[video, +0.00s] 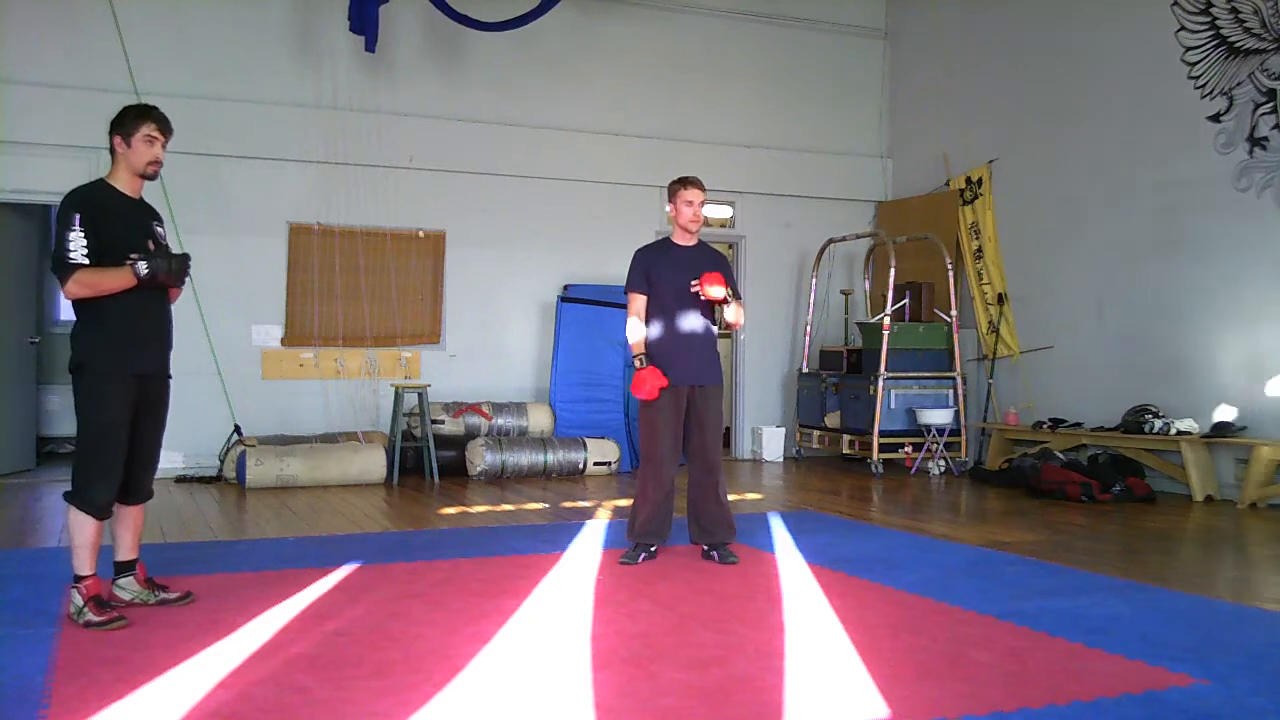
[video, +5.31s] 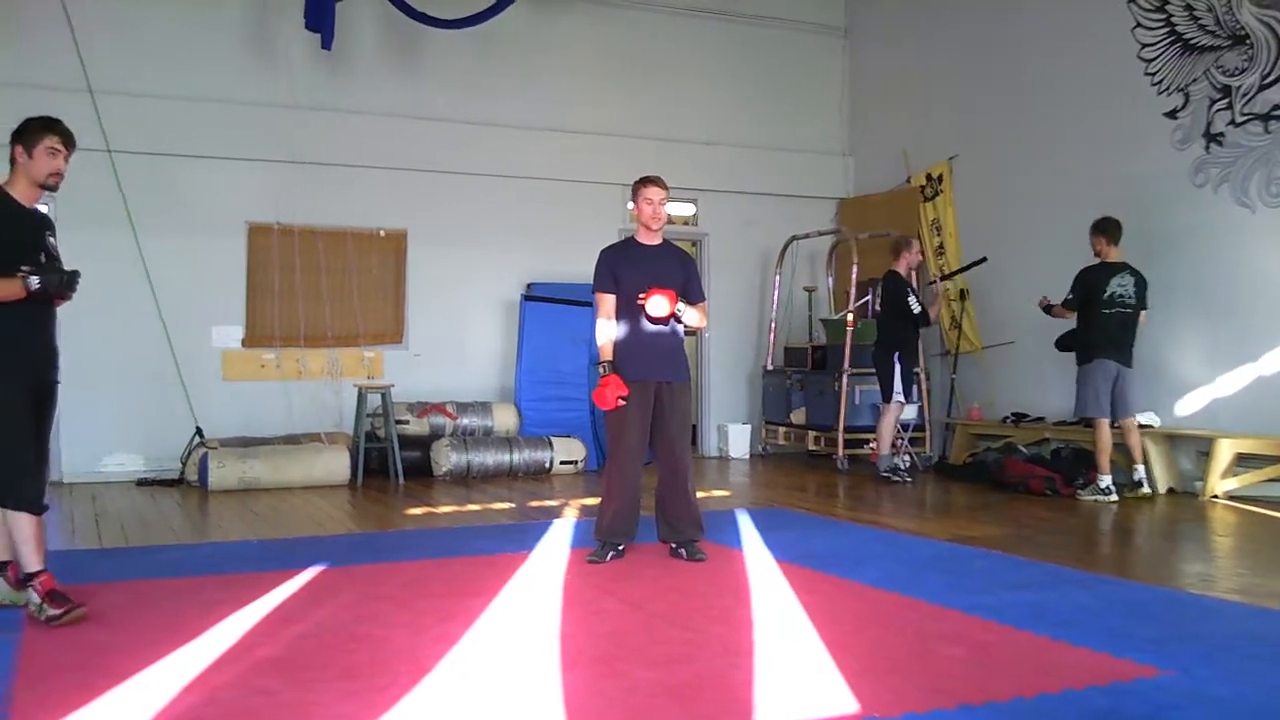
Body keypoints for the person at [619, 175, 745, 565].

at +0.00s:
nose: (696, 210)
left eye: (700, 204)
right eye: (689, 203)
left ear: (705, 210)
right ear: (671, 208)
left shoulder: (717, 260)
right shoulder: (647, 256)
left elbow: (736, 320)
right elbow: (635, 316)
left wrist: (723, 298)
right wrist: (641, 362)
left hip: (707, 374)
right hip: (662, 373)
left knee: (708, 460)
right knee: (657, 459)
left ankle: (714, 539)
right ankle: (646, 539)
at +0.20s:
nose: (695, 212)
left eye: (700, 206)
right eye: (688, 205)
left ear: (705, 211)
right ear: (671, 209)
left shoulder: (717, 260)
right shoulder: (648, 257)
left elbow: (732, 321)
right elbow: (640, 312)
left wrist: (716, 301)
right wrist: (658, 320)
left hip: (706, 372)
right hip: (661, 372)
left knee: (708, 458)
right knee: (657, 456)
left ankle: (713, 539)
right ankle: (647, 539)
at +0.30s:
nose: (694, 214)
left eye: (699, 208)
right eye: (686, 207)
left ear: (704, 212)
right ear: (671, 210)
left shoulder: (717, 260)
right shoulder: (649, 256)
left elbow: (730, 320)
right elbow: (648, 310)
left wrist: (711, 290)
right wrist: (671, 284)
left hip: (706, 371)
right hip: (661, 370)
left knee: (708, 458)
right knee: (657, 455)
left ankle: (713, 538)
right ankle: (646, 538)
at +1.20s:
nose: (707, 218)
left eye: (713, 213)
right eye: (701, 210)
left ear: (717, 216)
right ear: (684, 210)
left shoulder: (722, 262)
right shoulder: (656, 255)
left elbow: (736, 321)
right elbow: (650, 312)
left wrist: (720, 313)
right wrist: (674, 337)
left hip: (712, 369)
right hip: (668, 367)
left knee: (715, 456)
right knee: (663, 453)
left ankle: (721, 538)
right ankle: (652, 538)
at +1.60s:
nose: (710, 217)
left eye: (715, 211)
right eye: (703, 209)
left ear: (719, 215)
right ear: (686, 209)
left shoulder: (724, 261)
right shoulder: (658, 256)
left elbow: (738, 321)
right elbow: (647, 318)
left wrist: (725, 314)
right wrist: (646, 367)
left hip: (715, 374)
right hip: (671, 371)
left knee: (717, 458)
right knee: (665, 456)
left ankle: (722, 538)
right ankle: (654, 538)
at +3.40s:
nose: (651, 206)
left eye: (657, 200)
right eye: (644, 199)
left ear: (665, 205)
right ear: (630, 204)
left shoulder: (678, 257)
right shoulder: (608, 253)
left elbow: (694, 316)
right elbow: (598, 315)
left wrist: (671, 305)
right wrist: (598, 364)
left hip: (666, 371)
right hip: (621, 368)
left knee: (667, 454)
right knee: (614, 454)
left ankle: (672, 534)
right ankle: (604, 534)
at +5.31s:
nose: (656, 209)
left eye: (662, 202)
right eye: (649, 202)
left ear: (668, 208)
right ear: (634, 208)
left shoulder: (682, 260)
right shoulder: (613, 256)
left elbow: (700, 318)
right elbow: (605, 318)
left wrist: (677, 309)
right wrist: (607, 369)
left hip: (674, 374)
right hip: (629, 372)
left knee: (676, 457)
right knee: (623, 457)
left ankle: (682, 536)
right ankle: (613, 538)